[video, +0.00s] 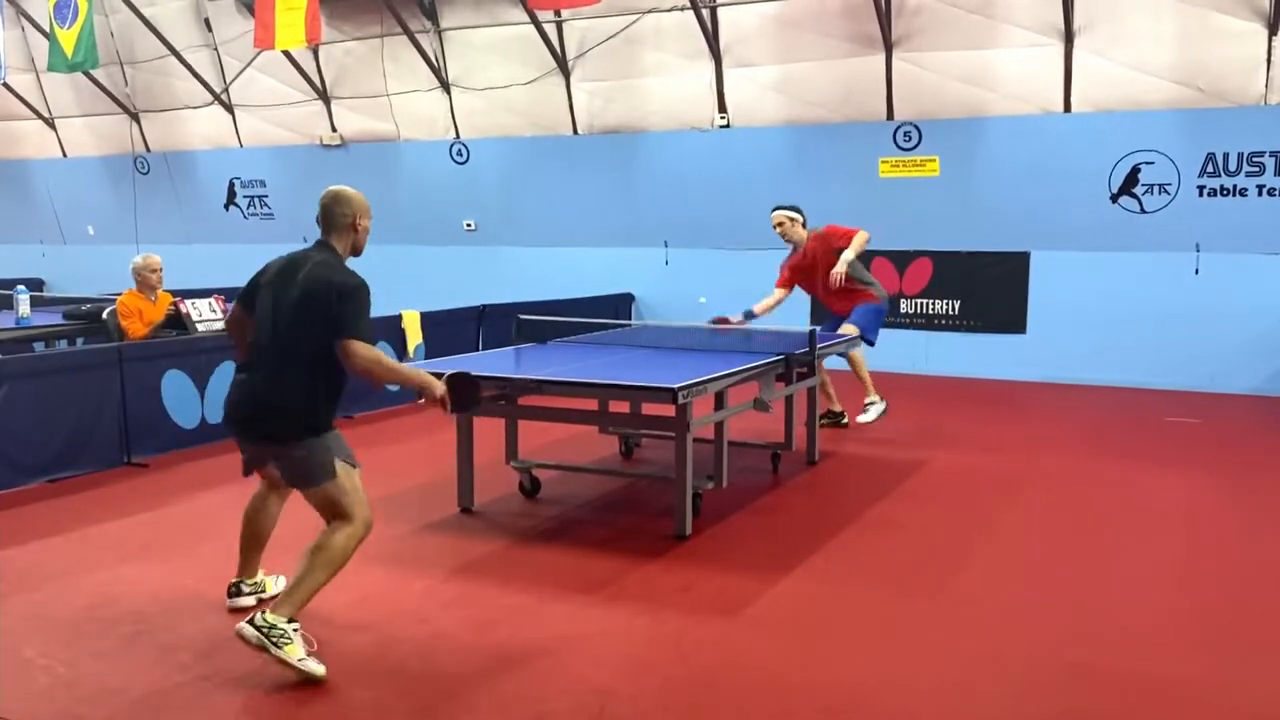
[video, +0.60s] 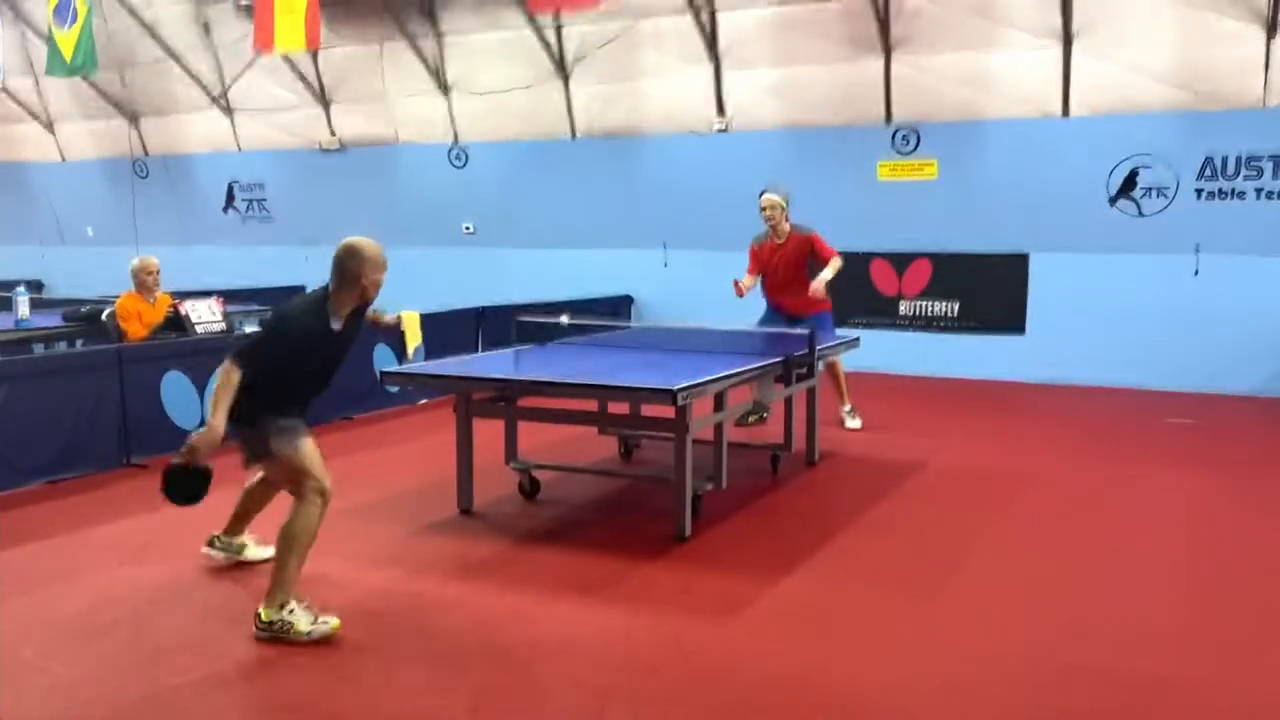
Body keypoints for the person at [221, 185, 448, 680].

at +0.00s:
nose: (369, 231)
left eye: (368, 222)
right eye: (368, 223)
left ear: (321, 223)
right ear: (356, 225)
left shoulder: (275, 269)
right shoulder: (346, 283)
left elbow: (236, 321)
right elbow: (358, 357)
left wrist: (255, 366)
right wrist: (421, 379)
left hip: (245, 408)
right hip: (297, 418)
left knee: (274, 482)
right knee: (354, 519)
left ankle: (245, 582)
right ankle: (278, 620)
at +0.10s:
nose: (382, 225)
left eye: (380, 217)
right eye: (380, 217)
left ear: (336, 218)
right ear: (368, 220)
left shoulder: (295, 259)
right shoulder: (350, 275)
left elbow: (258, 313)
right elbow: (349, 347)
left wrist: (306, 346)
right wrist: (411, 379)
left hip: (251, 401)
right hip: (302, 409)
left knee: (286, 478)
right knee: (377, 492)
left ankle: (247, 579)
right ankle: (344, 616)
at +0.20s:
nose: (390, 240)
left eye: (389, 230)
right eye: (386, 231)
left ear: (348, 230)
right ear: (372, 235)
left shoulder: (318, 272)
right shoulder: (353, 287)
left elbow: (294, 345)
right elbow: (350, 365)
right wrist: (408, 410)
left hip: (272, 407)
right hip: (310, 415)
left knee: (307, 473)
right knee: (390, 488)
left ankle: (249, 566)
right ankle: (373, 616)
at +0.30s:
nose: (399, 254)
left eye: (399, 245)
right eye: (396, 245)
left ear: (356, 245)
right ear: (383, 249)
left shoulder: (334, 281)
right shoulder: (349, 297)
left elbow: (338, 341)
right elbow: (315, 366)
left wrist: (375, 370)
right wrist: (358, 426)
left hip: (274, 415)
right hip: (303, 421)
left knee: (303, 474)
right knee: (391, 492)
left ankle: (253, 562)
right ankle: (371, 616)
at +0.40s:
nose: (400, 255)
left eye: (399, 247)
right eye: (398, 248)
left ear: (361, 246)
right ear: (385, 252)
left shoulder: (359, 284)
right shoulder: (327, 298)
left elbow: (356, 324)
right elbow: (267, 355)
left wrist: (392, 345)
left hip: (298, 400)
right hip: (286, 407)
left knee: (285, 473)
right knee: (354, 484)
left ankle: (237, 550)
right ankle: (366, 609)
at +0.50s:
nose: (392, 268)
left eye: (392, 261)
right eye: (391, 261)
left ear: (360, 259)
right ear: (377, 264)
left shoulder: (359, 294)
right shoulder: (310, 307)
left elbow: (371, 321)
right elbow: (235, 350)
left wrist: (407, 337)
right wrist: (199, 413)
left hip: (285, 401)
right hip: (256, 405)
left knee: (282, 463)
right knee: (332, 490)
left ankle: (230, 538)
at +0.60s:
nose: (382, 281)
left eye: (382, 274)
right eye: (379, 274)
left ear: (353, 278)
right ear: (360, 280)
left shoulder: (352, 308)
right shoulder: (298, 319)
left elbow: (355, 316)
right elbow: (233, 366)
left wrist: (383, 323)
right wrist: (216, 427)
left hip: (285, 410)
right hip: (259, 413)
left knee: (280, 474)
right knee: (316, 491)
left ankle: (229, 537)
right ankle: (276, 608)